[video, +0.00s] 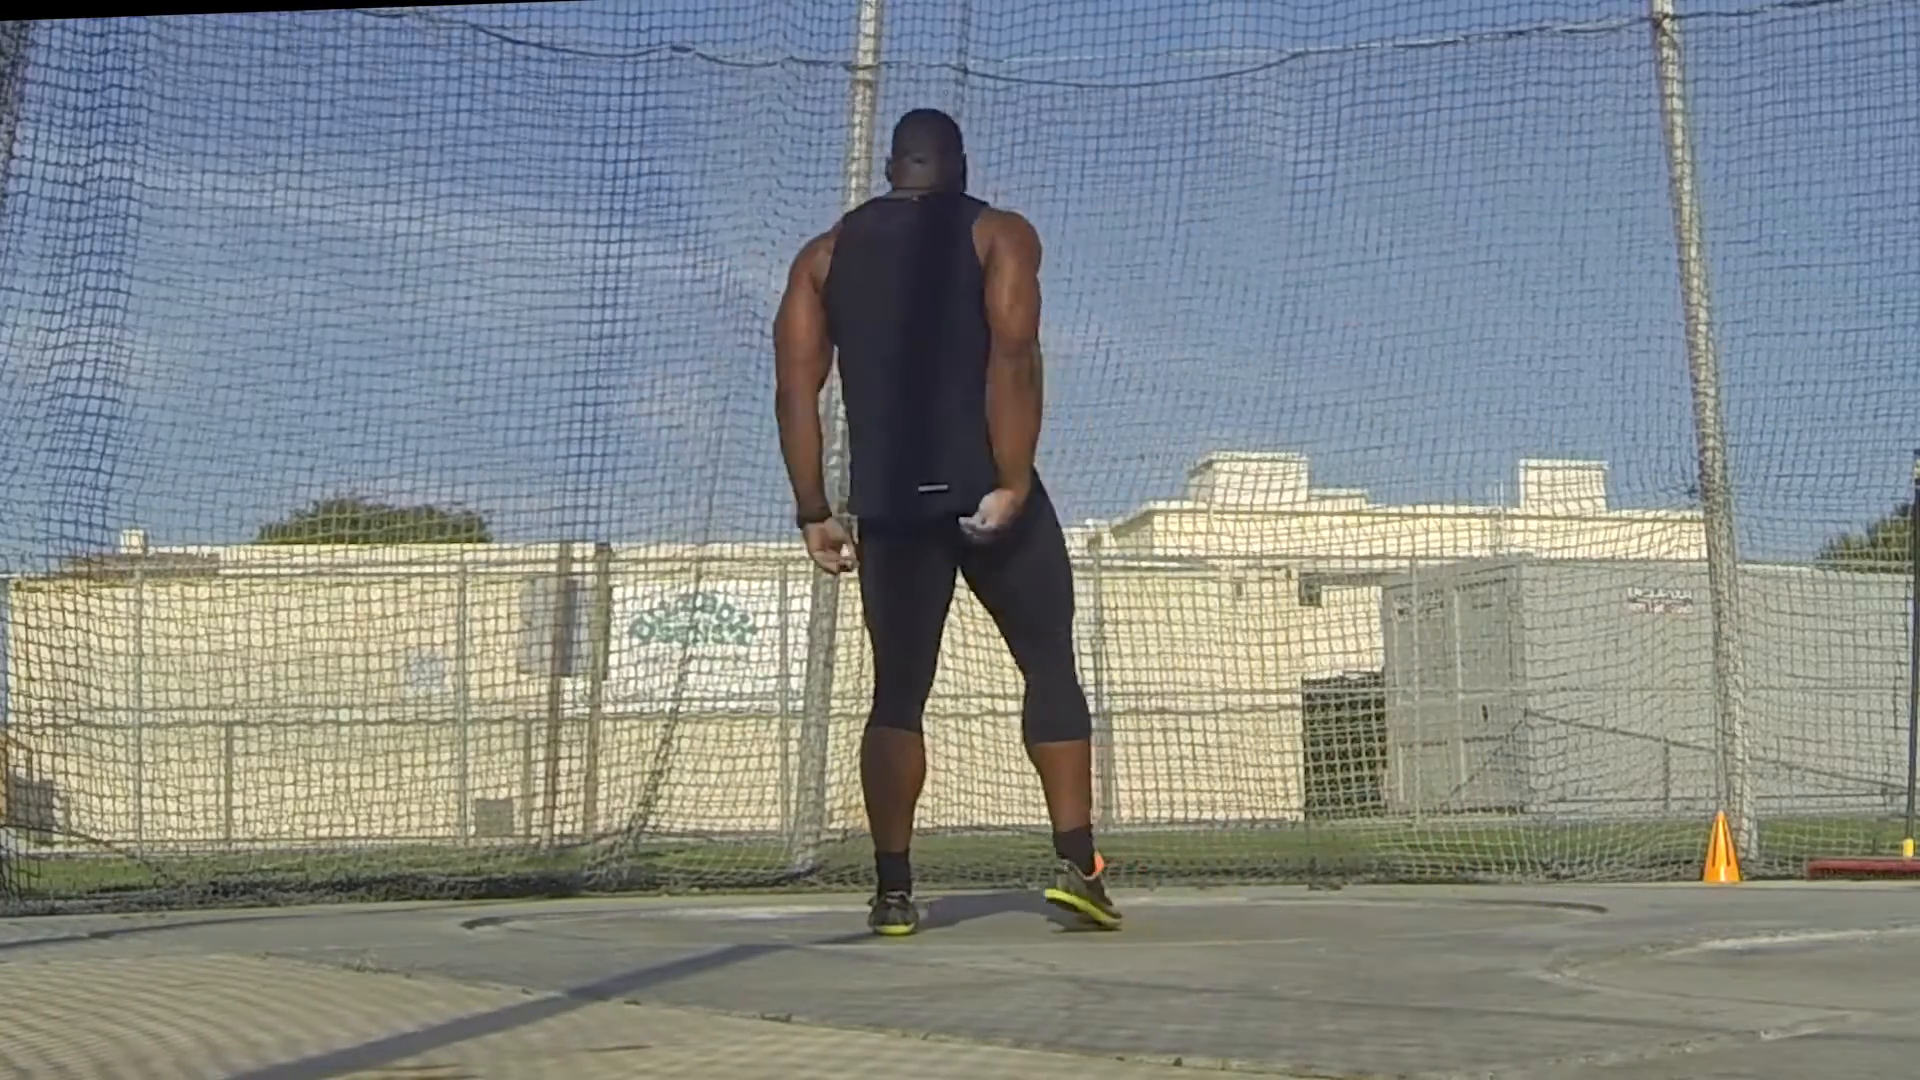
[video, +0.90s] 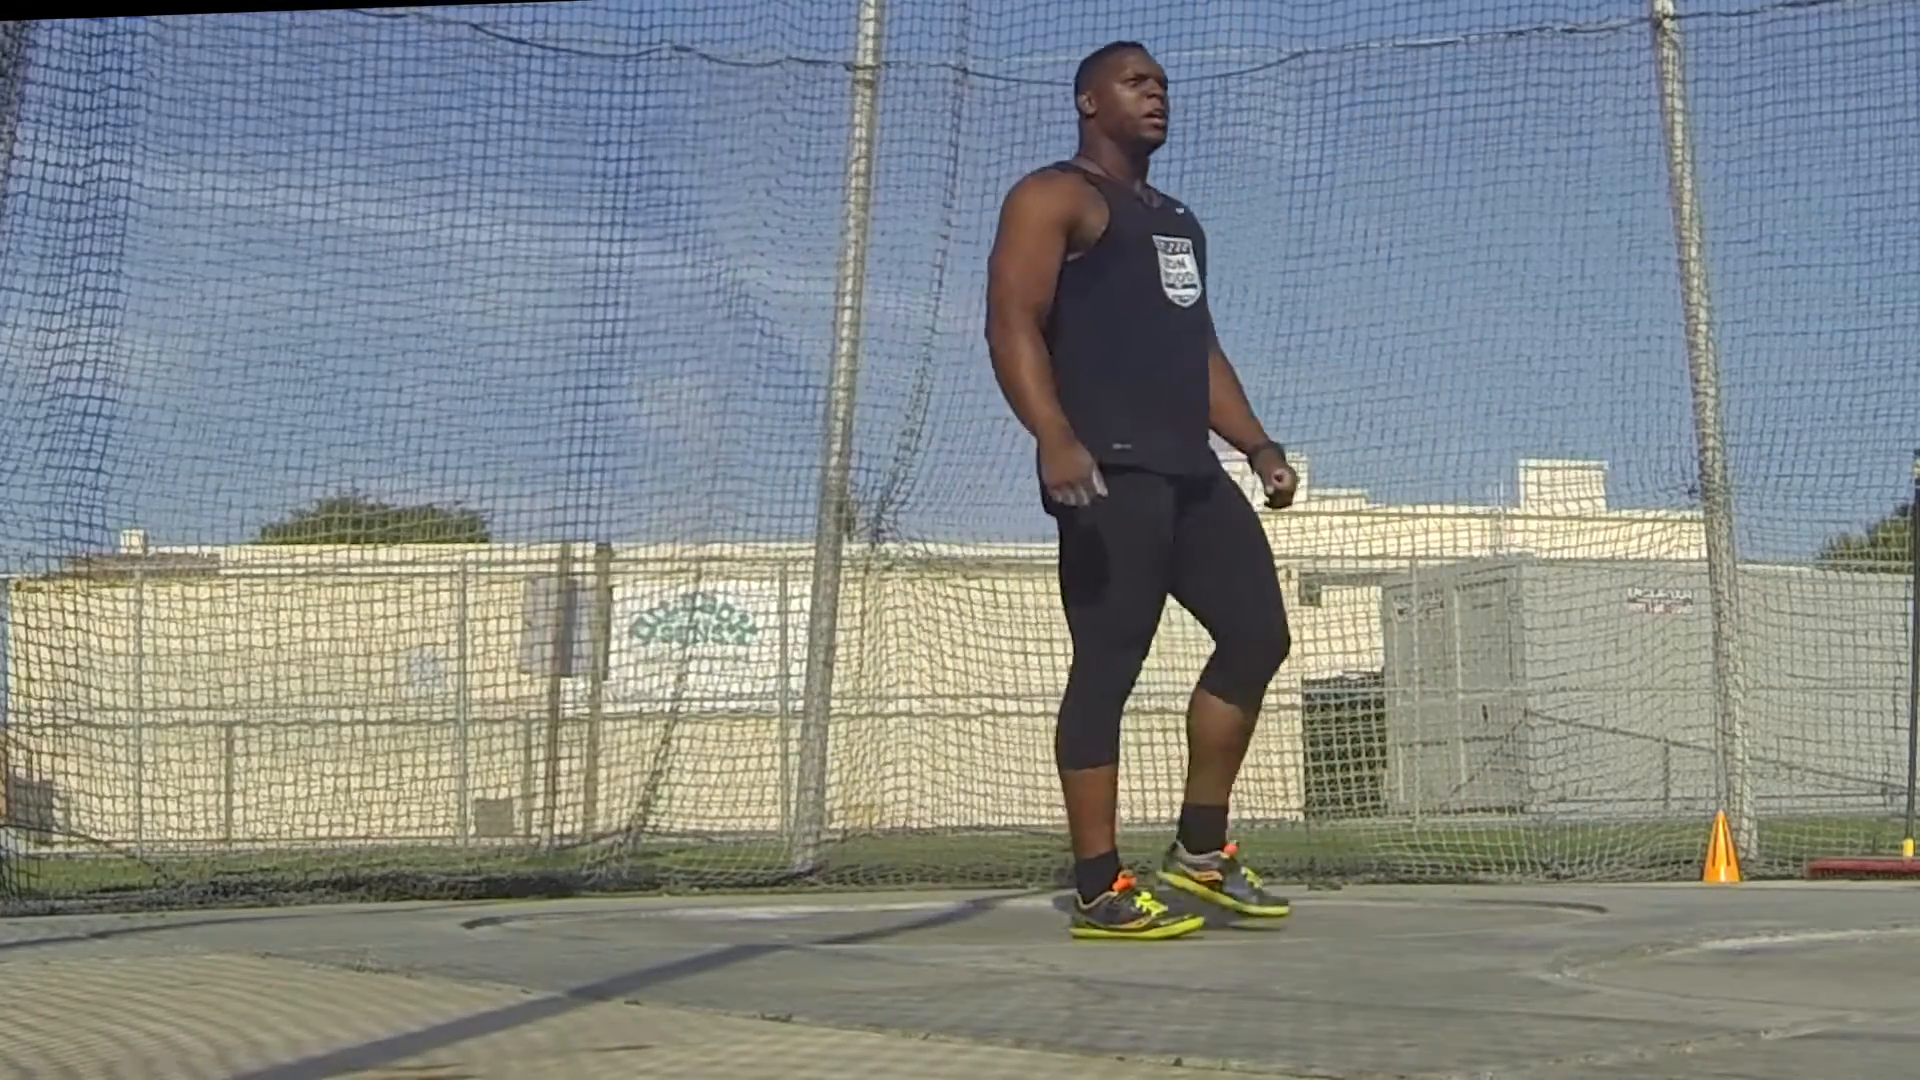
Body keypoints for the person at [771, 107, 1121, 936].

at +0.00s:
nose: (924, 172)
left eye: (911, 159)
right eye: (943, 159)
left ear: (888, 168)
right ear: (962, 169)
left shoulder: (824, 251)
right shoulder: (999, 232)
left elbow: (798, 384)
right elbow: (1013, 348)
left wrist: (811, 505)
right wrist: (1012, 477)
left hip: (890, 504)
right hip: (992, 495)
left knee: (896, 691)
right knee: (1049, 668)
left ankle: (893, 889)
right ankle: (1078, 864)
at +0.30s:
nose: (1031, 146)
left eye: (1027, 132)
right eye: (1013, 134)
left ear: (953, 159)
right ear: (964, 151)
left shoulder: (888, 246)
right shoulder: (987, 239)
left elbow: (870, 392)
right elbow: (1021, 377)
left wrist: (919, 468)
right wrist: (1100, 472)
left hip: (914, 502)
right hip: (1001, 492)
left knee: (918, 683)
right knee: (1052, 663)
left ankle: (891, 886)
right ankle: (1073, 879)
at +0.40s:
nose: (1051, 138)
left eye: (1050, 125)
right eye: (1034, 125)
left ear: (983, 151)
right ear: (983, 142)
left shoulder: (942, 237)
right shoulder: (987, 238)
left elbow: (945, 387)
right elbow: (1008, 380)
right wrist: (1098, 463)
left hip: (945, 497)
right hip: (1012, 493)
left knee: (928, 677)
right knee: (1051, 673)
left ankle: (875, 875)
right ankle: (1093, 881)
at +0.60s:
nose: (1100, 120)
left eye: (1102, 107)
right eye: (1080, 105)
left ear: (1088, 126)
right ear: (1029, 122)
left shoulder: (1073, 231)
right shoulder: (1009, 219)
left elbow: (1087, 374)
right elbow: (994, 361)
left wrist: (1144, 466)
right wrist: (1072, 475)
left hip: (1084, 483)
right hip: (1041, 482)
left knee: (1047, 662)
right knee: (1067, 666)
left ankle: (931, 833)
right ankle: (1099, 886)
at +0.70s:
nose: (1119, 110)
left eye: (1122, 98)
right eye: (1099, 96)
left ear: (1122, 117)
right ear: (1051, 113)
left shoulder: (1113, 229)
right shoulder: (1024, 205)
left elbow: (1125, 362)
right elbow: (997, 340)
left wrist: (1188, 458)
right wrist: (1056, 460)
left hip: (1128, 478)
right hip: (1073, 478)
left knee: (1139, 651)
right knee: (1085, 661)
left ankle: (1004, 819)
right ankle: (1097, 884)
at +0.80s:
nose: (1138, 101)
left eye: (1142, 91)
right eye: (1118, 89)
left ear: (1145, 113)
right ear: (1070, 109)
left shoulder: (1148, 226)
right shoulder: (1035, 199)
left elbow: (1158, 356)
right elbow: (1002, 327)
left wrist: (1223, 450)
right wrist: (1048, 444)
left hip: (1166, 477)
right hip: (1092, 477)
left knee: (1209, 644)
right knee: (1098, 663)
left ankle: (1099, 813)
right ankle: (1100, 883)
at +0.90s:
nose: (1158, 97)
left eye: (1162, 87)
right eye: (1138, 84)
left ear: (1165, 110)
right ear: (1089, 104)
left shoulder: (1177, 221)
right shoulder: (1051, 195)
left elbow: (1195, 350)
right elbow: (1011, 321)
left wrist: (1258, 445)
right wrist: (1052, 437)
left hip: (1194, 478)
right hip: (1110, 476)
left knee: (1256, 637)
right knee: (1105, 668)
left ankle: (1202, 851)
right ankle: (1099, 886)